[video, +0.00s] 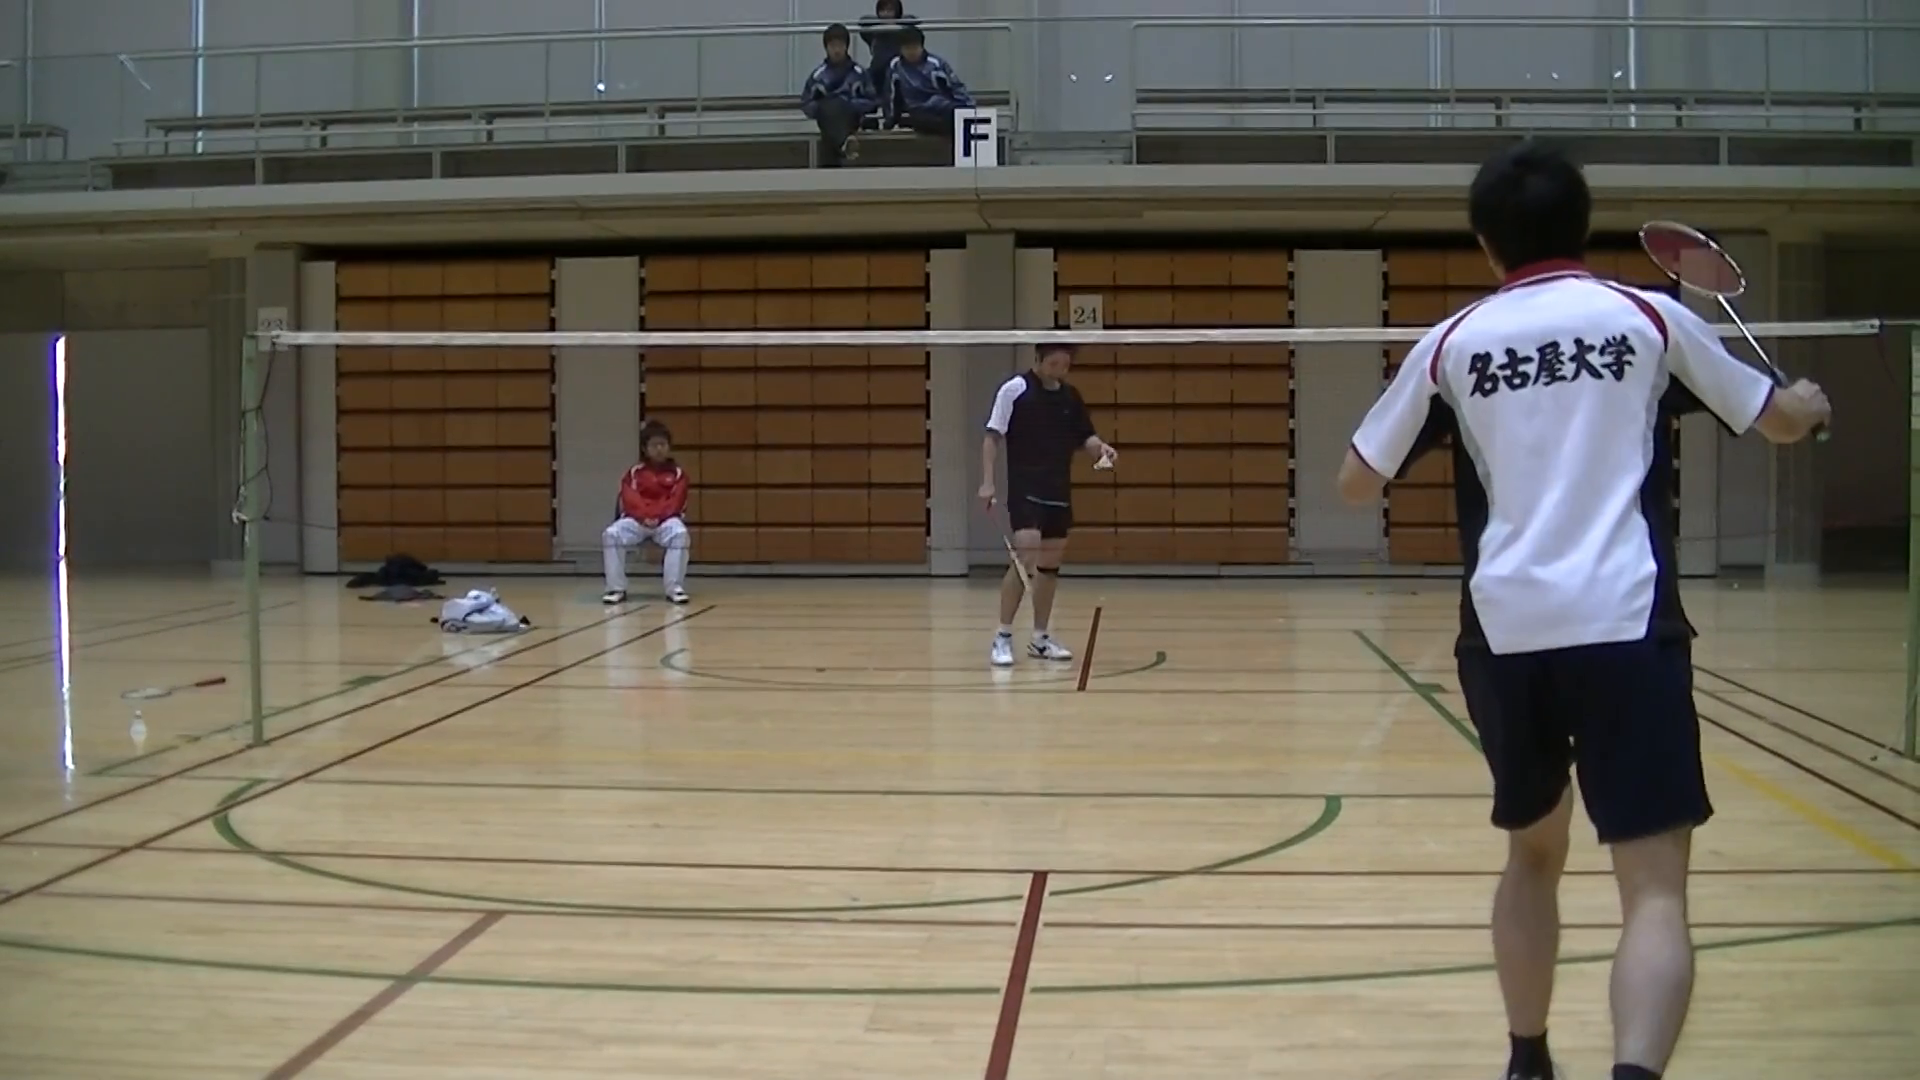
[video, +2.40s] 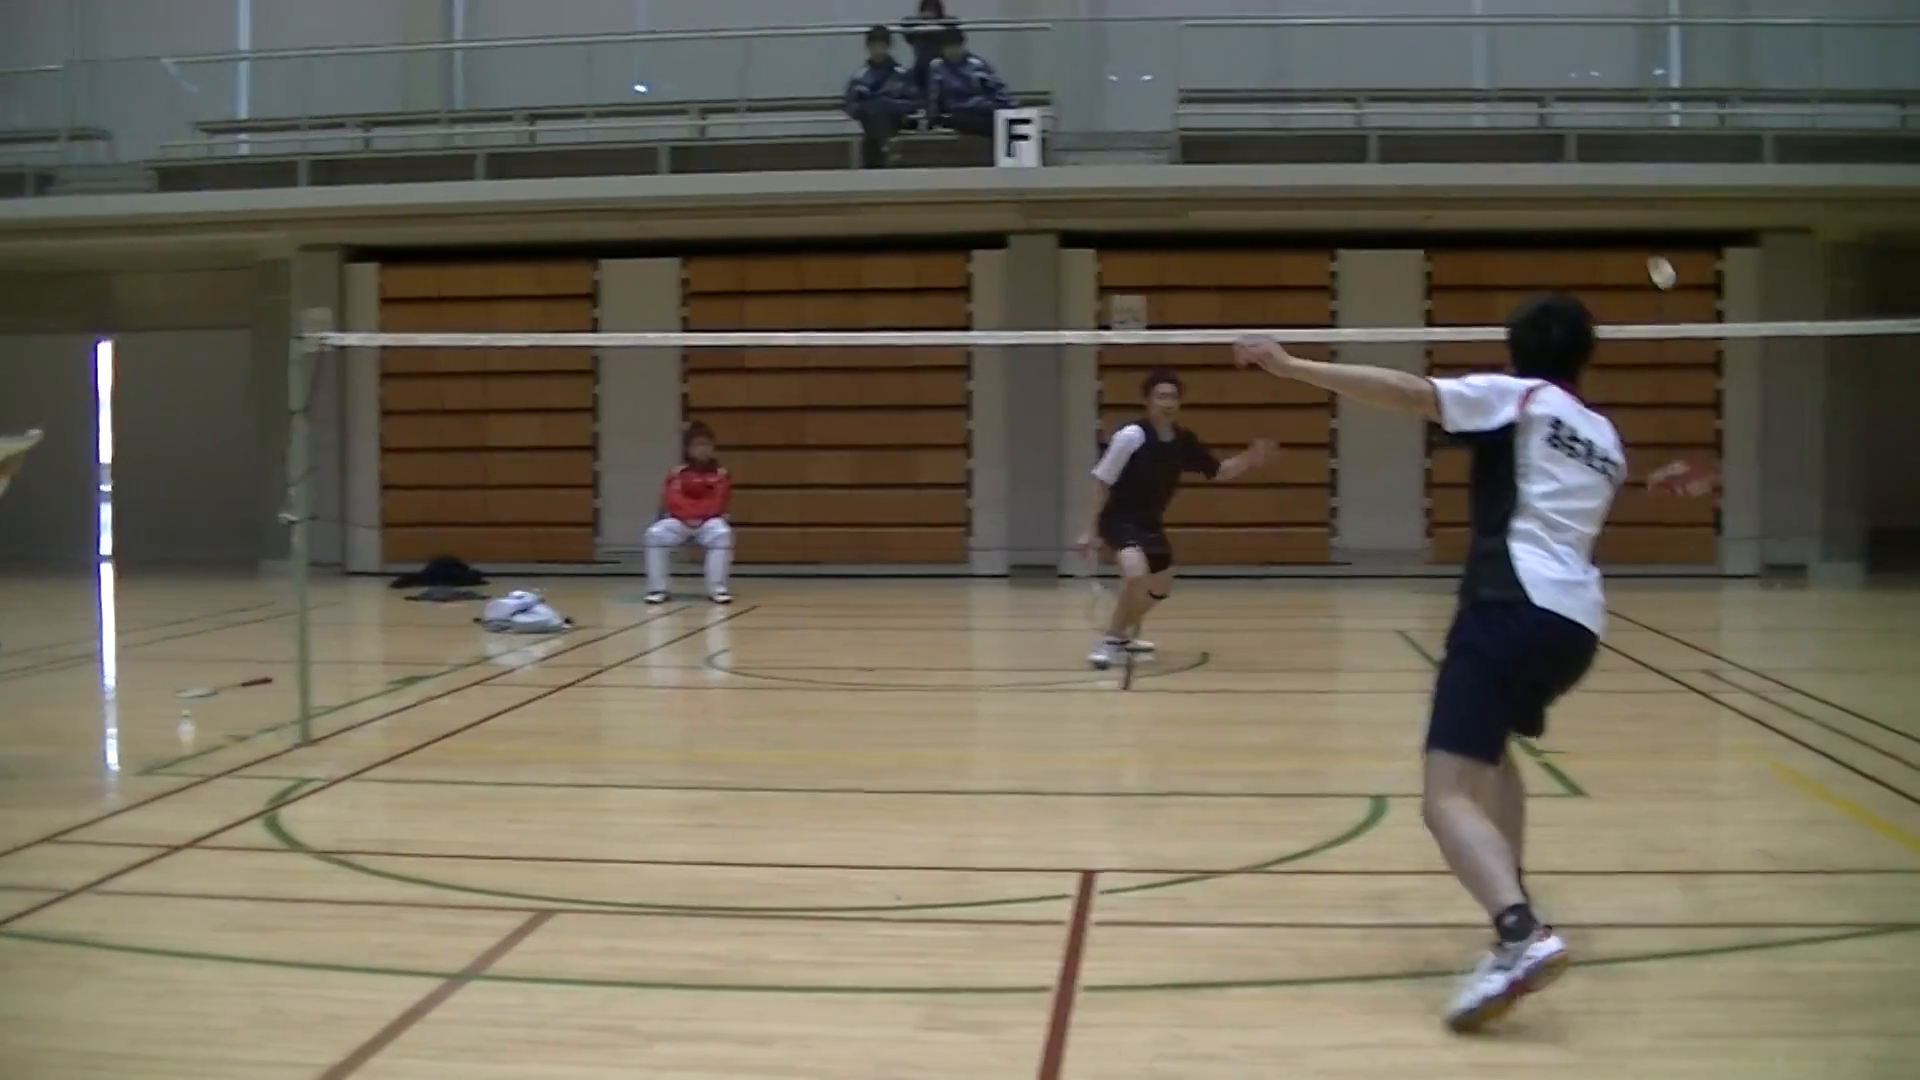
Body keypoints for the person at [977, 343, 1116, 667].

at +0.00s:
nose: (1062, 370)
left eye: (1065, 365)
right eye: (1057, 364)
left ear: (1068, 365)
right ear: (1040, 361)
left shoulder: (1069, 395)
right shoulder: (1014, 389)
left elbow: (1086, 436)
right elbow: (992, 437)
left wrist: (1100, 448)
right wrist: (988, 482)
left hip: (1058, 489)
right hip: (1025, 488)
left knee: (1050, 565)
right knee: (1026, 556)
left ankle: (1040, 638)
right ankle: (1003, 638)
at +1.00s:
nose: (1062, 353)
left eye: (1067, 348)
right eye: (1056, 346)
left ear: (1071, 354)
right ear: (1040, 350)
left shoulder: (1075, 395)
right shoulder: (1015, 381)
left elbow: (1100, 419)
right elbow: (969, 402)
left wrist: (1113, 428)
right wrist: (972, 431)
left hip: (1062, 488)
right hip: (1025, 487)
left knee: (1070, 561)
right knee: (1030, 563)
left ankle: (1055, 627)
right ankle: (1026, 646)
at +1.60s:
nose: (1068, 353)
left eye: (1073, 347)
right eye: (1061, 347)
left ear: (1079, 350)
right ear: (1047, 348)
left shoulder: (1083, 392)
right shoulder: (1028, 382)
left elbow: (1094, 442)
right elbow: (1000, 424)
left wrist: (1111, 445)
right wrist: (992, 462)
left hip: (1072, 488)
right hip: (1036, 488)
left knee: (1094, 554)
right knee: (1035, 565)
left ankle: (1072, 617)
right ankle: (1027, 646)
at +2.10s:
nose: (1113, 358)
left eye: (1119, 353)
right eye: (1107, 351)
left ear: (1124, 359)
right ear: (1094, 355)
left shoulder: (1119, 395)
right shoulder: (1073, 389)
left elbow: (1111, 442)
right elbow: (1045, 439)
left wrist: (1135, 471)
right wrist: (1036, 488)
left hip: (1096, 483)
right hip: (1066, 482)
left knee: (1107, 553)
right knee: (1078, 547)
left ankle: (1092, 628)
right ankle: (1057, 635)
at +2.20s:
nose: (1124, 364)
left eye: (1130, 359)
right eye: (1118, 357)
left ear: (1136, 365)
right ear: (1105, 360)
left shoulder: (1131, 400)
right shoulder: (1087, 394)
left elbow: (1124, 447)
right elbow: (1058, 447)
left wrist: (1152, 475)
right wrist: (1051, 499)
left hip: (1108, 491)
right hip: (1080, 489)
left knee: (1120, 551)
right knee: (1094, 552)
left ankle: (1098, 625)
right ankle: (1073, 638)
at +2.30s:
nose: (1159, 387)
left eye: (1164, 381)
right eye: (1153, 380)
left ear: (1169, 386)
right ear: (1139, 383)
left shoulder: (1168, 423)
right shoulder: (1122, 420)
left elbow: (1178, 466)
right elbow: (1092, 468)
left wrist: (1211, 480)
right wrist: (1085, 520)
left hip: (1143, 508)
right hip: (1115, 506)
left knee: (1155, 572)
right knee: (1133, 565)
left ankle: (1122, 631)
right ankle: (1108, 641)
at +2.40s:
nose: (1168, 403)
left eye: (1173, 397)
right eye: (1161, 396)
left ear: (1180, 402)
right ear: (1147, 400)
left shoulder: (1183, 440)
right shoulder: (1131, 436)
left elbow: (1218, 471)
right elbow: (1102, 482)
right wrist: (1089, 531)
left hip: (1150, 522)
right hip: (1120, 519)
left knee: (1159, 586)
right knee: (1137, 575)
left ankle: (1127, 633)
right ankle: (1111, 640)